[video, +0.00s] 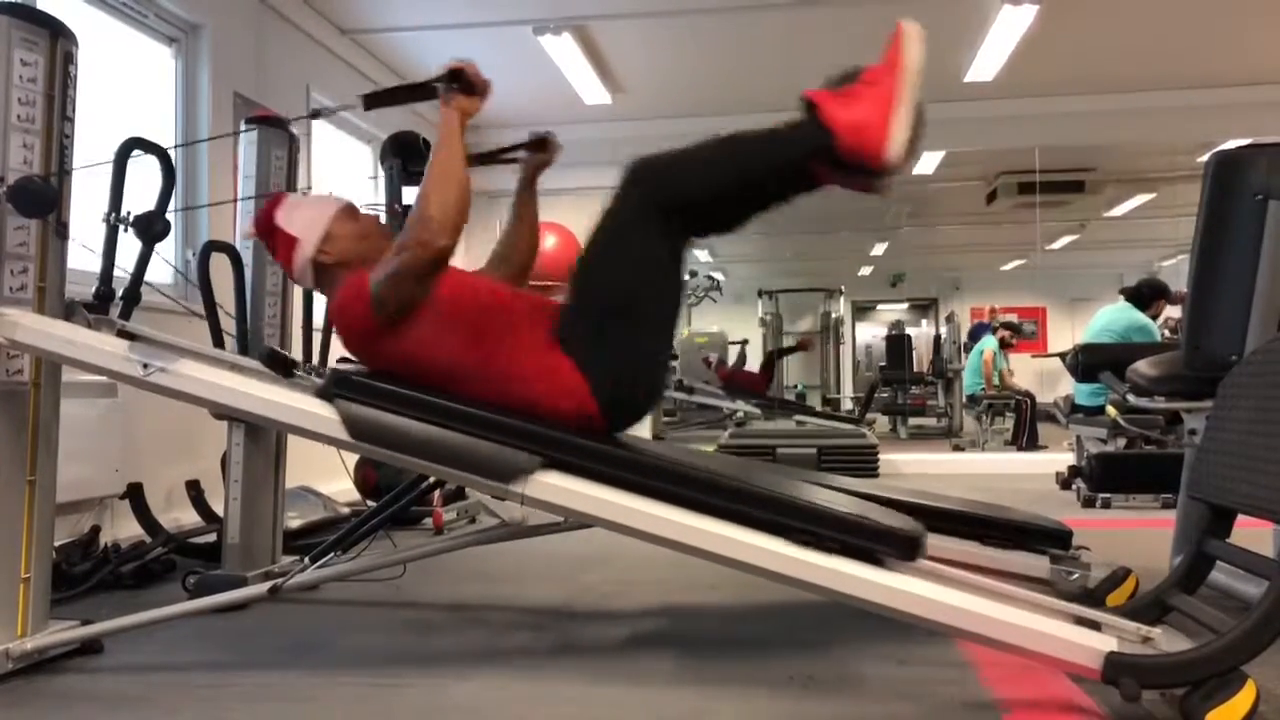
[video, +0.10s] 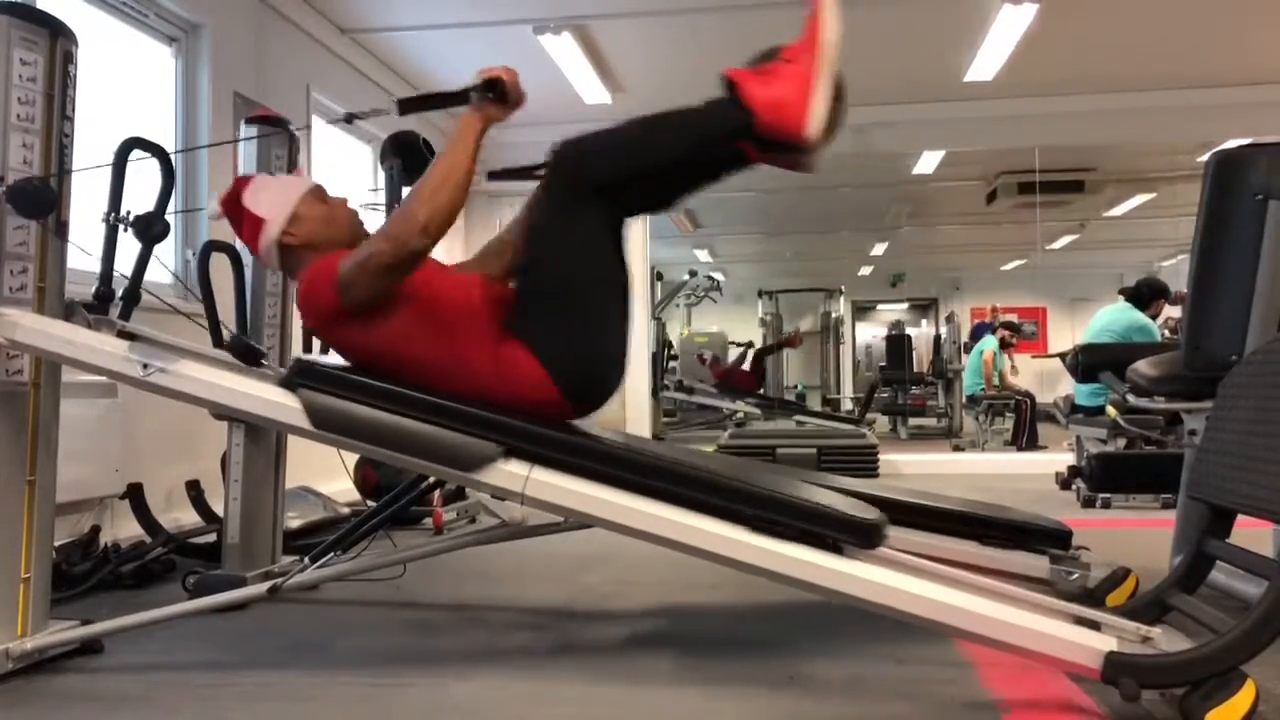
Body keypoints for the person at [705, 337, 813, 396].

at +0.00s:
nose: (723, 364)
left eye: (721, 363)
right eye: (720, 363)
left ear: (720, 365)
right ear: (718, 367)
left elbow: (740, 363)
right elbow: (738, 364)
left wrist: (742, 347)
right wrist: (742, 347)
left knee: (771, 355)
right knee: (771, 356)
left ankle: (798, 347)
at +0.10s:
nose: (718, 357)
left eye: (716, 357)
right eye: (715, 357)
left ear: (710, 363)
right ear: (714, 361)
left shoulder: (721, 370)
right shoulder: (720, 373)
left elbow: (737, 362)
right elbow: (737, 362)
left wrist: (744, 348)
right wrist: (746, 348)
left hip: (753, 380)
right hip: (755, 382)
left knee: (759, 354)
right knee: (759, 355)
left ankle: (787, 342)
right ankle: (788, 342)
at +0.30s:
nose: (711, 353)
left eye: (708, 352)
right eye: (708, 352)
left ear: (701, 360)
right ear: (706, 356)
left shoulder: (711, 367)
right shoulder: (711, 367)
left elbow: (731, 365)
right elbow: (731, 364)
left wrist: (748, 359)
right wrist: (749, 360)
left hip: (743, 379)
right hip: (744, 378)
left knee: (741, 349)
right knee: (741, 350)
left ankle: (767, 340)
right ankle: (768, 340)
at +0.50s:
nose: (709, 351)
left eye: (707, 350)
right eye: (707, 351)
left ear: (701, 359)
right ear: (706, 354)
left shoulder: (710, 367)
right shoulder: (712, 365)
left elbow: (731, 366)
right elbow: (731, 365)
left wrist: (753, 360)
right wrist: (751, 365)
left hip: (740, 380)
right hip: (742, 378)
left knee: (736, 349)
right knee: (737, 349)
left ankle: (765, 339)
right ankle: (766, 339)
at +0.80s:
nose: (710, 350)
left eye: (707, 350)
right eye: (707, 350)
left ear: (703, 359)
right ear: (706, 355)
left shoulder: (713, 369)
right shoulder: (716, 366)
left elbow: (732, 360)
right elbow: (736, 359)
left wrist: (746, 350)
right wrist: (749, 350)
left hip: (746, 384)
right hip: (749, 381)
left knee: (753, 354)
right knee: (754, 354)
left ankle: (780, 344)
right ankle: (782, 344)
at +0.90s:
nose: (716, 355)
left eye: (714, 354)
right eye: (713, 355)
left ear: (708, 362)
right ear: (712, 359)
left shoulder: (718, 370)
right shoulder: (720, 369)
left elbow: (735, 358)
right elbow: (736, 358)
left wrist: (745, 344)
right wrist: (747, 343)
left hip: (750, 384)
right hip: (753, 384)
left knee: (764, 356)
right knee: (764, 355)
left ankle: (793, 349)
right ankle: (794, 349)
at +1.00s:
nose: (721, 357)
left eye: (719, 356)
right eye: (718, 357)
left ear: (712, 364)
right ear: (716, 361)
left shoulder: (724, 371)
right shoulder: (725, 371)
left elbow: (738, 356)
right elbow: (739, 355)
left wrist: (742, 340)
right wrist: (743, 339)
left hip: (757, 385)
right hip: (759, 383)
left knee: (774, 358)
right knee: (774, 357)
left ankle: (802, 353)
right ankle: (803, 352)